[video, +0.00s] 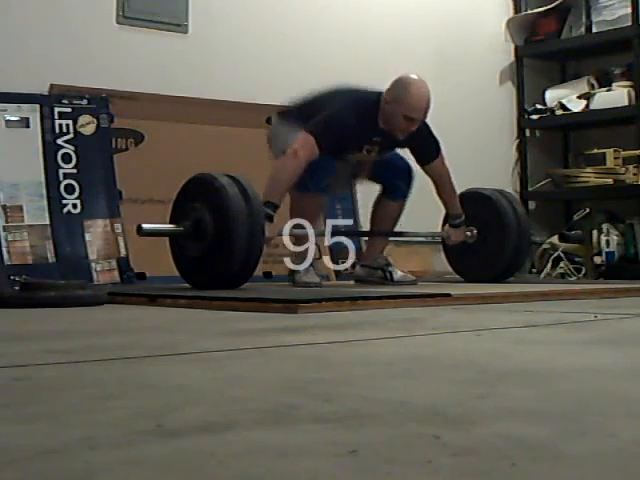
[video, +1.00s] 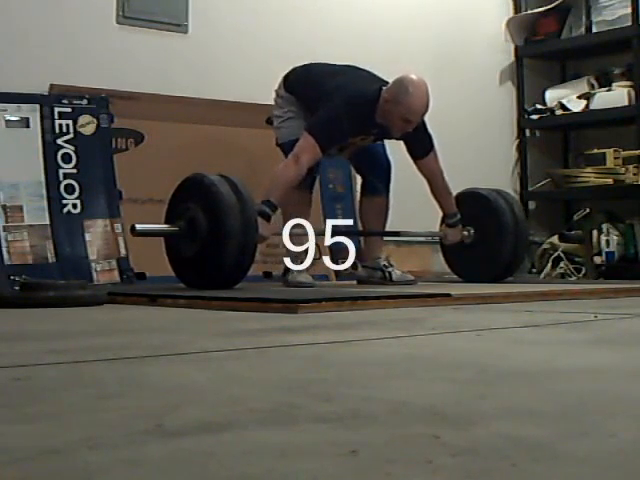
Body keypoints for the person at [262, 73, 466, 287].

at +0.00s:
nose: (412, 128)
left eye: (418, 121)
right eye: (408, 119)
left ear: (423, 116)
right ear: (386, 103)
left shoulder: (414, 128)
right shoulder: (349, 111)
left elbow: (439, 171)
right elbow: (297, 153)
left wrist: (457, 219)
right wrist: (266, 213)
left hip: (342, 151)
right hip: (293, 133)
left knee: (399, 172)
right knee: (319, 168)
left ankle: (371, 262)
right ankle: (303, 265)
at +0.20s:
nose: (416, 124)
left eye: (421, 117)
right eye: (411, 115)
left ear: (426, 111)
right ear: (389, 100)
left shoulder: (415, 119)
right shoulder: (353, 104)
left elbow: (438, 171)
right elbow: (306, 160)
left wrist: (457, 219)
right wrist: (270, 216)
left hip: (340, 116)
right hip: (295, 100)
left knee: (382, 168)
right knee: (303, 165)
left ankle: (372, 262)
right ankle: (269, 253)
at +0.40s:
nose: (416, 125)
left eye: (421, 118)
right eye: (411, 116)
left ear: (426, 111)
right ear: (389, 100)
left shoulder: (416, 118)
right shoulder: (354, 105)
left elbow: (438, 170)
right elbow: (304, 161)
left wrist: (456, 218)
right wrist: (269, 215)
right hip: (299, 100)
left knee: (382, 168)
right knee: (295, 171)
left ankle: (372, 262)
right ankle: (273, 260)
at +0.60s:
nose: (414, 126)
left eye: (420, 120)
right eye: (410, 117)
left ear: (426, 112)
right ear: (389, 101)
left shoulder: (415, 116)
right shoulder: (353, 106)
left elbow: (437, 169)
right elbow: (303, 160)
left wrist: (455, 218)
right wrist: (269, 214)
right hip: (300, 101)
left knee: (382, 169)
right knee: (300, 175)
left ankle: (373, 262)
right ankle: (281, 262)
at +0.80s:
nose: (413, 128)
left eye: (418, 122)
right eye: (409, 119)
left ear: (424, 113)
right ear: (388, 101)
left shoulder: (411, 114)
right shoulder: (351, 106)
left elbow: (434, 170)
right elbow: (302, 160)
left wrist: (454, 218)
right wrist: (267, 212)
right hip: (298, 102)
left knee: (379, 169)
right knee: (302, 174)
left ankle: (372, 262)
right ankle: (291, 265)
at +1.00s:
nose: (410, 130)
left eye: (415, 124)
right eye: (405, 121)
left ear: (422, 115)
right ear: (385, 103)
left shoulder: (409, 117)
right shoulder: (348, 108)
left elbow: (432, 171)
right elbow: (299, 161)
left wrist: (453, 218)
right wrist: (266, 210)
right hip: (296, 102)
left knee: (379, 170)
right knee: (303, 172)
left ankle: (372, 263)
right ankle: (296, 265)